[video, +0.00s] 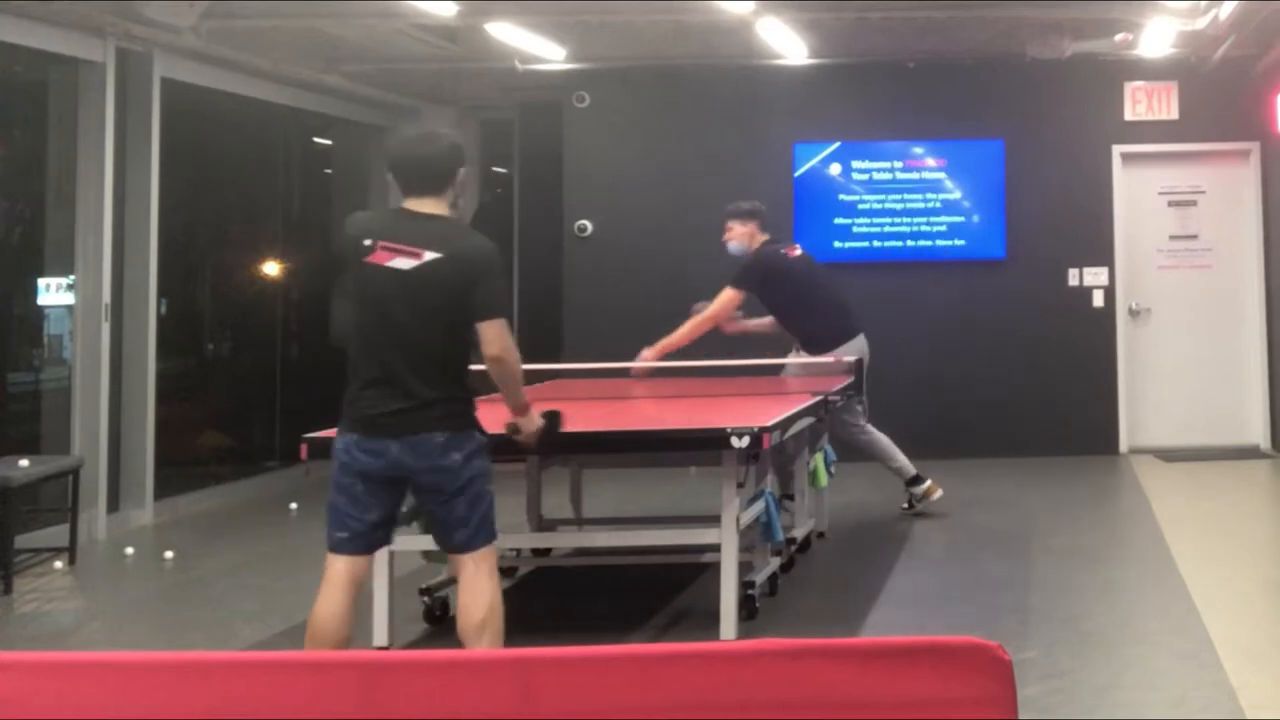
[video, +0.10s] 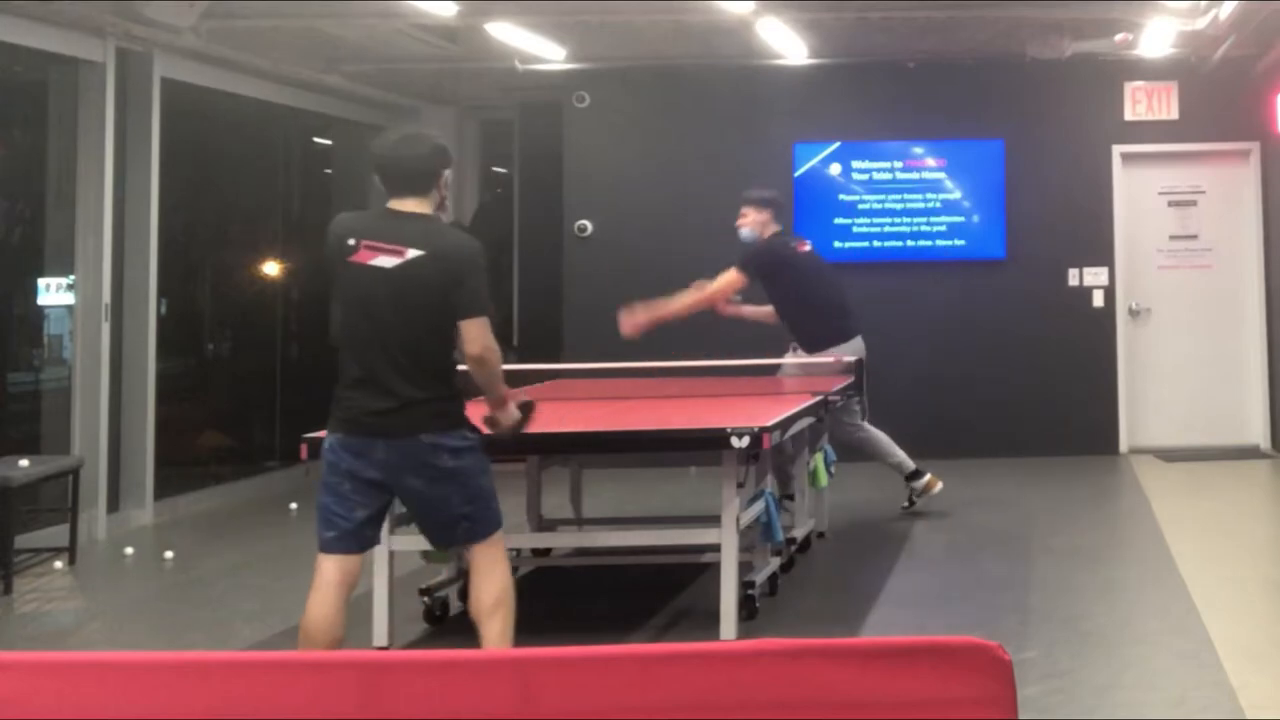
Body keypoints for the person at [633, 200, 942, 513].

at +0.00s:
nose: (725, 237)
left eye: (730, 229)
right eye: (725, 230)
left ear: (754, 229)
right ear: (756, 231)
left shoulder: (756, 262)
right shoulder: (787, 253)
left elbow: (711, 316)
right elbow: (790, 319)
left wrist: (658, 350)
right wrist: (739, 326)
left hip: (821, 356)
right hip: (853, 347)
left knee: (783, 427)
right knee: (851, 424)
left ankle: (784, 501)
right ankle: (918, 483)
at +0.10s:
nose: (739, 221)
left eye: (748, 214)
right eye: (739, 215)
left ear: (771, 219)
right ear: (765, 220)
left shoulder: (767, 252)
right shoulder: (795, 248)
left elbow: (711, 291)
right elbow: (785, 314)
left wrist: (649, 313)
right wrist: (735, 308)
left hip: (823, 356)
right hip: (845, 349)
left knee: (781, 432)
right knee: (849, 425)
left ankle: (785, 507)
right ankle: (917, 477)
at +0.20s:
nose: (758, 209)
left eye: (766, 203)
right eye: (759, 203)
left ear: (787, 208)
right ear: (788, 211)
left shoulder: (779, 240)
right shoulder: (810, 243)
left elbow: (716, 260)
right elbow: (792, 306)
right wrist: (739, 296)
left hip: (814, 354)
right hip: (846, 350)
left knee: (784, 427)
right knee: (847, 426)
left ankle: (784, 502)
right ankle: (917, 475)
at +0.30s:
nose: (771, 205)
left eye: (779, 200)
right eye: (772, 199)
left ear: (800, 206)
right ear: (802, 210)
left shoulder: (790, 233)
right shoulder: (821, 243)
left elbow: (721, 233)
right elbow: (799, 303)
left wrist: (668, 201)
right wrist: (744, 291)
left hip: (816, 352)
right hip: (850, 349)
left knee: (784, 429)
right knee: (847, 426)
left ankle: (791, 520)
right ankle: (918, 476)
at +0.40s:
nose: (790, 194)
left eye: (799, 190)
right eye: (793, 189)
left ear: (819, 200)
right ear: (820, 204)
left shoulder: (810, 229)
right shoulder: (835, 239)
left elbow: (745, 214)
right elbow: (810, 301)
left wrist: (697, 174)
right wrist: (752, 292)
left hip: (826, 346)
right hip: (858, 345)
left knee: (784, 423)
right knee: (856, 423)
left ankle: (786, 504)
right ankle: (927, 481)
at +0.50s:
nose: (808, 192)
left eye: (817, 187)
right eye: (811, 187)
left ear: (836, 198)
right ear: (834, 200)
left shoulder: (825, 227)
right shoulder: (848, 239)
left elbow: (763, 211)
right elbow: (822, 302)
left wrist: (717, 173)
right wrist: (766, 302)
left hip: (835, 345)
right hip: (868, 344)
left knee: (796, 420)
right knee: (874, 422)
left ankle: (790, 502)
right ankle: (935, 486)